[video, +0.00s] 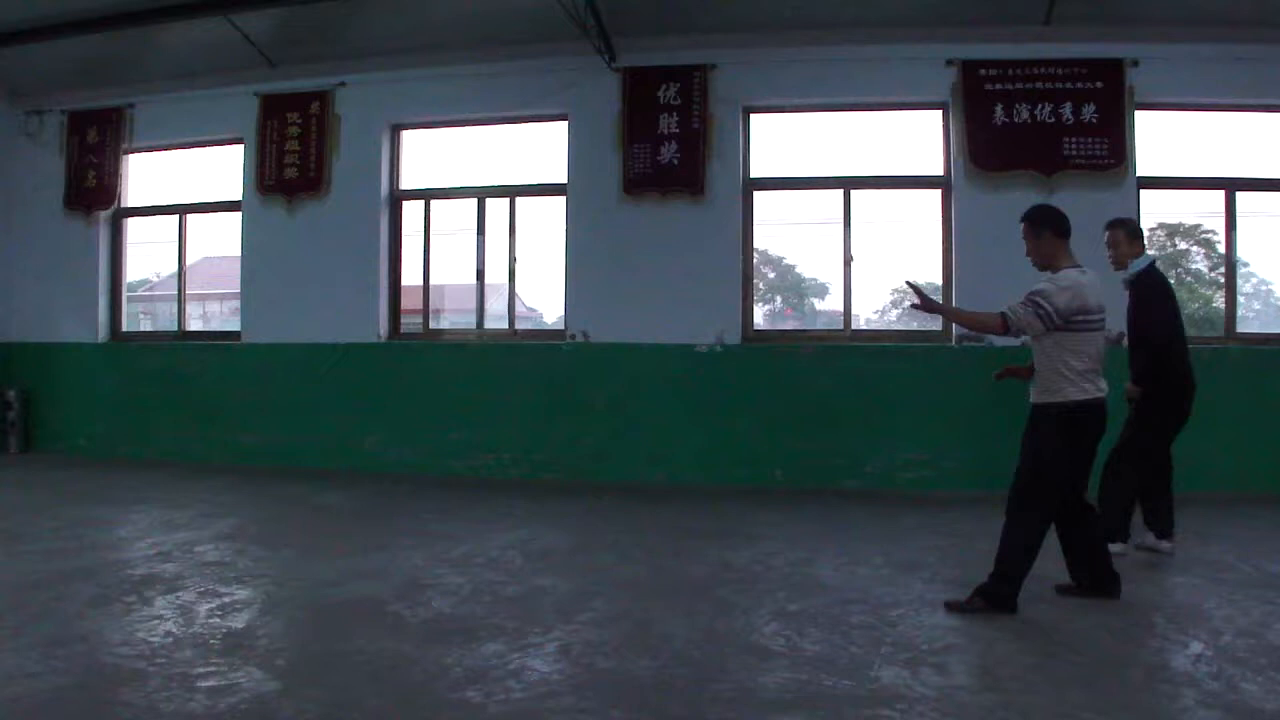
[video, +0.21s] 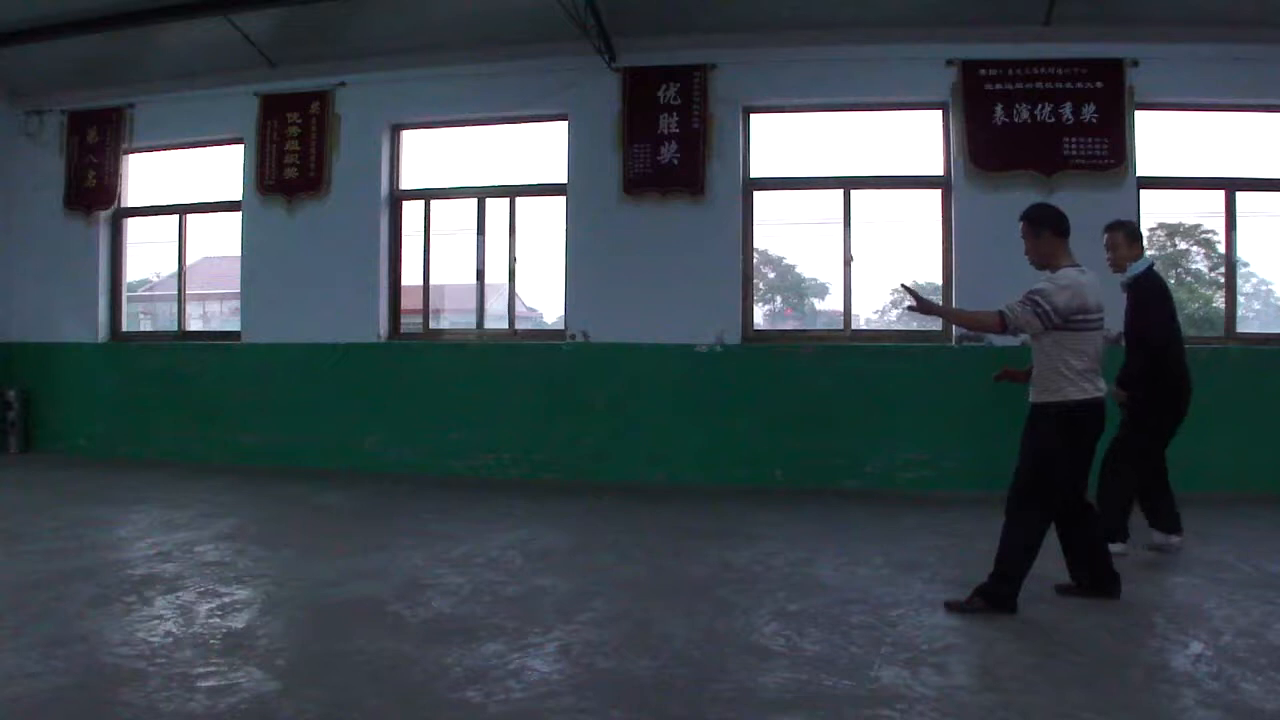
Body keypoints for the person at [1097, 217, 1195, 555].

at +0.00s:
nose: (1109, 253)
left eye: (1114, 246)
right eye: (1108, 246)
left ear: (1135, 245)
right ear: (1133, 247)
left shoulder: (1146, 285)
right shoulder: (1149, 281)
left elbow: (1153, 341)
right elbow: (1152, 337)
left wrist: (1138, 382)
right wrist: (1124, 340)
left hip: (1162, 389)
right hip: (1165, 386)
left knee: (1124, 459)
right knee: (1154, 456)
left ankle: (1112, 535)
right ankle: (1161, 532)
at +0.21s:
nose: (1108, 255)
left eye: (1112, 248)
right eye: (1106, 248)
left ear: (1134, 248)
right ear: (1131, 250)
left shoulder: (1144, 287)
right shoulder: (1146, 283)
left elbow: (1144, 345)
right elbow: (1147, 339)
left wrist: (1124, 383)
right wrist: (1120, 338)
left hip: (1157, 390)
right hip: (1163, 387)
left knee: (1120, 460)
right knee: (1147, 456)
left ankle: (1112, 536)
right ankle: (1167, 529)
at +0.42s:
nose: (1126, 256)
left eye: (1132, 249)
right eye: (1125, 249)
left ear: (1153, 251)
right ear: (1149, 253)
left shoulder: (1159, 291)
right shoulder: (1157, 289)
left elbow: (1142, 346)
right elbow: (1141, 346)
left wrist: (1095, 347)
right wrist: (1098, 345)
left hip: (1157, 403)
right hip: (1164, 400)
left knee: (1113, 466)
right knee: (1160, 473)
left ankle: (1111, 536)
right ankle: (1192, 535)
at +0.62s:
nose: (1145, 258)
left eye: (1149, 252)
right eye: (1145, 252)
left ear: (1169, 253)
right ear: (1169, 254)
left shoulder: (1172, 296)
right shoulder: (1179, 293)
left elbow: (1144, 336)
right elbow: (1145, 330)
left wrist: (1104, 317)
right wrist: (1109, 319)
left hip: (1164, 401)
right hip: (1179, 400)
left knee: (1110, 460)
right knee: (1162, 473)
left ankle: (1101, 535)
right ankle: (1191, 538)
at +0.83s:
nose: (1149, 260)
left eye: (1154, 254)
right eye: (1150, 254)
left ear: (1174, 257)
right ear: (1179, 258)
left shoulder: (1170, 299)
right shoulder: (1191, 298)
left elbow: (1125, 319)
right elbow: (1154, 339)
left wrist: (1086, 302)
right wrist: (1126, 329)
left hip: (1162, 404)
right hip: (1182, 402)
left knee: (1116, 469)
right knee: (1158, 475)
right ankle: (1191, 539)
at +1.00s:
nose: (1134, 264)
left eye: (1139, 257)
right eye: (1136, 257)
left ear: (1156, 259)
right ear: (1163, 261)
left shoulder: (1154, 301)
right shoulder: (1183, 301)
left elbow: (1102, 324)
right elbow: (1142, 338)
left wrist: (1057, 319)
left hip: (1152, 406)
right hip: (1177, 404)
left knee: (1114, 474)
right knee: (1155, 478)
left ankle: (1066, 538)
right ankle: (1191, 540)